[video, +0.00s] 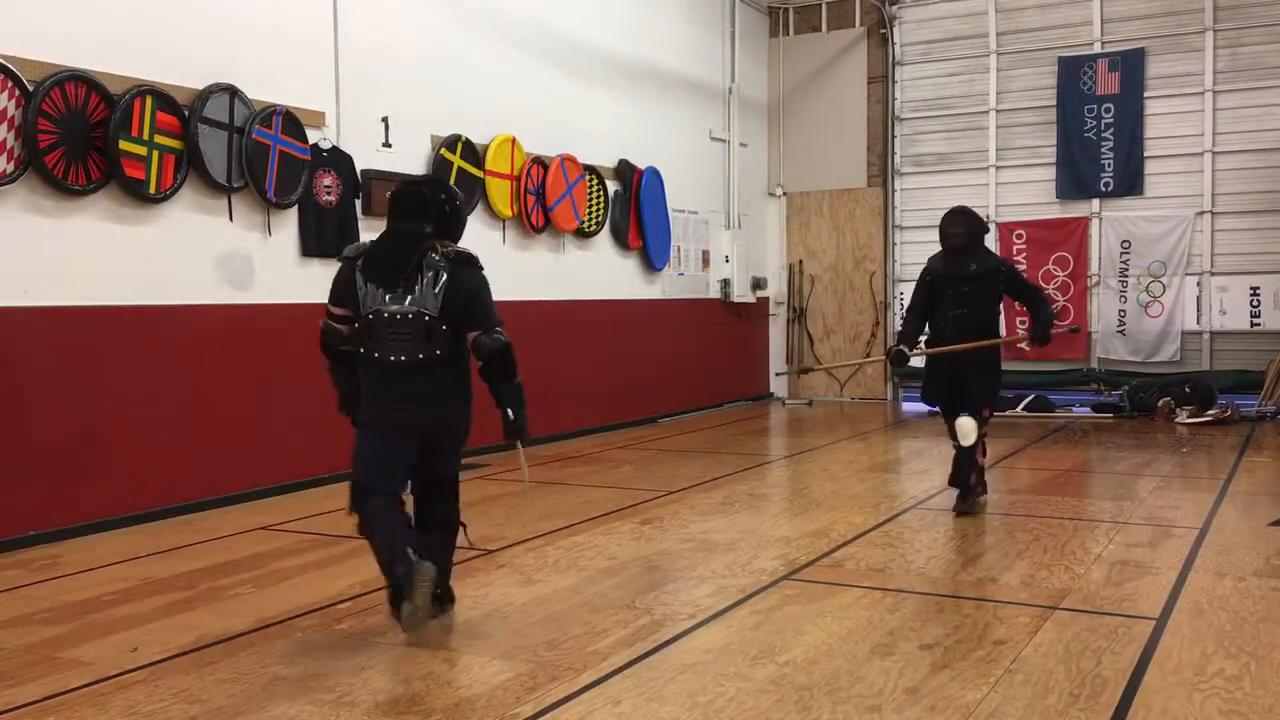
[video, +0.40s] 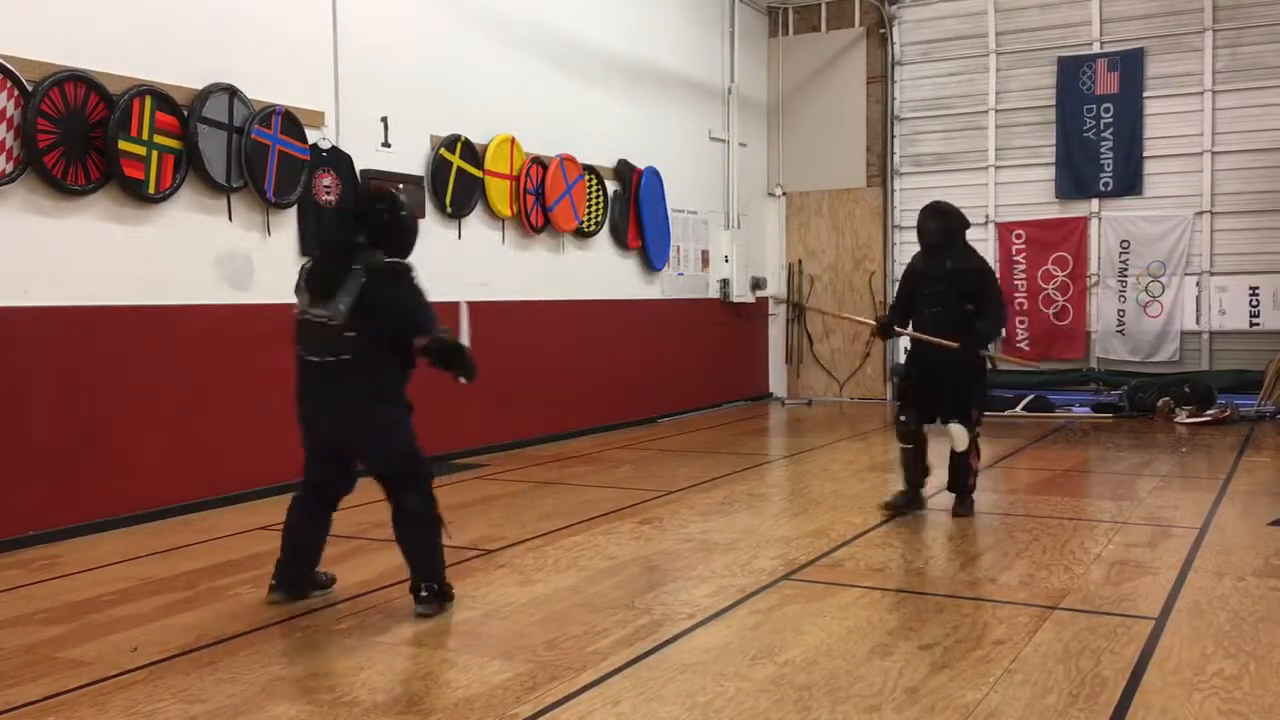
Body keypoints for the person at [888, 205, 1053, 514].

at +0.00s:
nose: (955, 240)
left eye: (961, 234)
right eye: (949, 234)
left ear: (975, 234)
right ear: (941, 235)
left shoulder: (993, 267)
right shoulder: (934, 269)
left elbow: (1034, 298)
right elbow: (917, 311)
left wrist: (1040, 326)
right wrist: (904, 344)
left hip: (981, 357)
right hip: (943, 357)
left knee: (968, 423)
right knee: (956, 424)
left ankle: (969, 489)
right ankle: (976, 480)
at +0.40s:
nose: (923, 236)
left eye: (930, 230)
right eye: (922, 229)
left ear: (948, 231)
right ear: (921, 230)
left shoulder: (973, 265)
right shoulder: (918, 265)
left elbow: (996, 314)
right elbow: (902, 308)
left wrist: (974, 339)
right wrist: (890, 325)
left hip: (962, 358)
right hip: (922, 356)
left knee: (960, 426)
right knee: (908, 422)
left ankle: (963, 494)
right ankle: (913, 490)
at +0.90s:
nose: (863, 237)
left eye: (869, 230)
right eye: (860, 230)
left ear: (886, 229)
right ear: (857, 232)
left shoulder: (913, 267)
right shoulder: (857, 267)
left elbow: (945, 314)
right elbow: (843, 307)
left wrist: (914, 341)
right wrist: (836, 328)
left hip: (904, 365)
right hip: (863, 364)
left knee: (907, 439)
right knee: (859, 434)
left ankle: (936, 485)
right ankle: (864, 505)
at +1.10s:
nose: (850, 236)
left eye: (857, 229)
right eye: (846, 229)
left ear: (874, 228)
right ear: (841, 229)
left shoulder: (900, 265)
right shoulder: (838, 266)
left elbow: (932, 312)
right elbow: (822, 310)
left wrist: (901, 340)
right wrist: (823, 326)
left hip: (889, 364)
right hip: (850, 364)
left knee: (884, 435)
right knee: (855, 434)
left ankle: (882, 510)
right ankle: (863, 504)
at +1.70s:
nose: (823, 226)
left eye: (830, 218)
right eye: (819, 219)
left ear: (848, 221)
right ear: (813, 222)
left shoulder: (877, 265)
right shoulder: (810, 265)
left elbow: (917, 310)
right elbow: (787, 305)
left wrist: (918, 359)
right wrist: (757, 324)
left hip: (863, 370)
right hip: (817, 368)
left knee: (859, 446)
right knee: (803, 441)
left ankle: (860, 523)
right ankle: (804, 521)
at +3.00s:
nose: (772, 235)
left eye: (780, 226)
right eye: (764, 227)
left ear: (798, 227)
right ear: (754, 229)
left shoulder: (825, 271)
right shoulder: (747, 272)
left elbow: (868, 314)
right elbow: (724, 317)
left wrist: (886, 363)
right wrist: (707, 355)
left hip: (811, 386)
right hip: (759, 386)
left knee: (821, 478)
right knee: (753, 470)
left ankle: (807, 537)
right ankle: (747, 555)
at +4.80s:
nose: (765, 236)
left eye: (774, 226)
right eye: (755, 227)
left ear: (795, 226)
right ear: (744, 229)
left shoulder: (820, 270)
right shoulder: (735, 273)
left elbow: (867, 318)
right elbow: (723, 326)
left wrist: (864, 383)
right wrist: (731, 354)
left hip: (807, 397)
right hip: (754, 397)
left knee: (805, 495)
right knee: (771, 493)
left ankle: (787, 565)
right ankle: (762, 600)